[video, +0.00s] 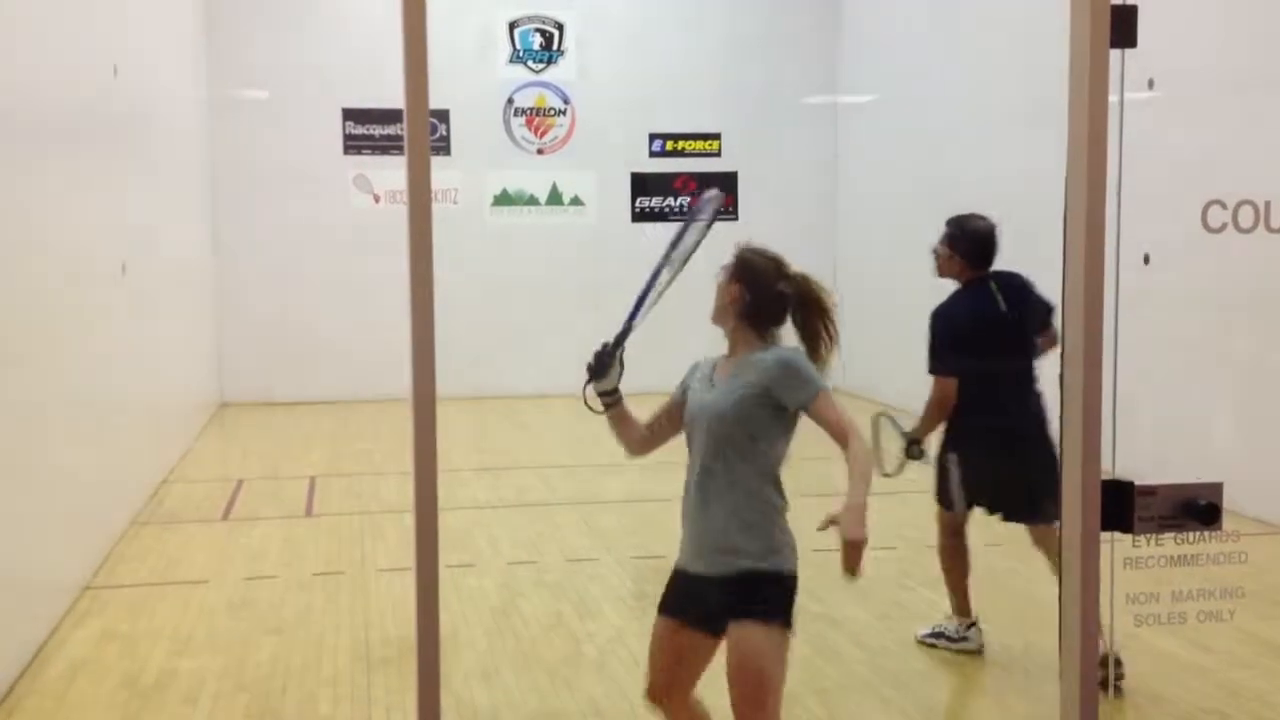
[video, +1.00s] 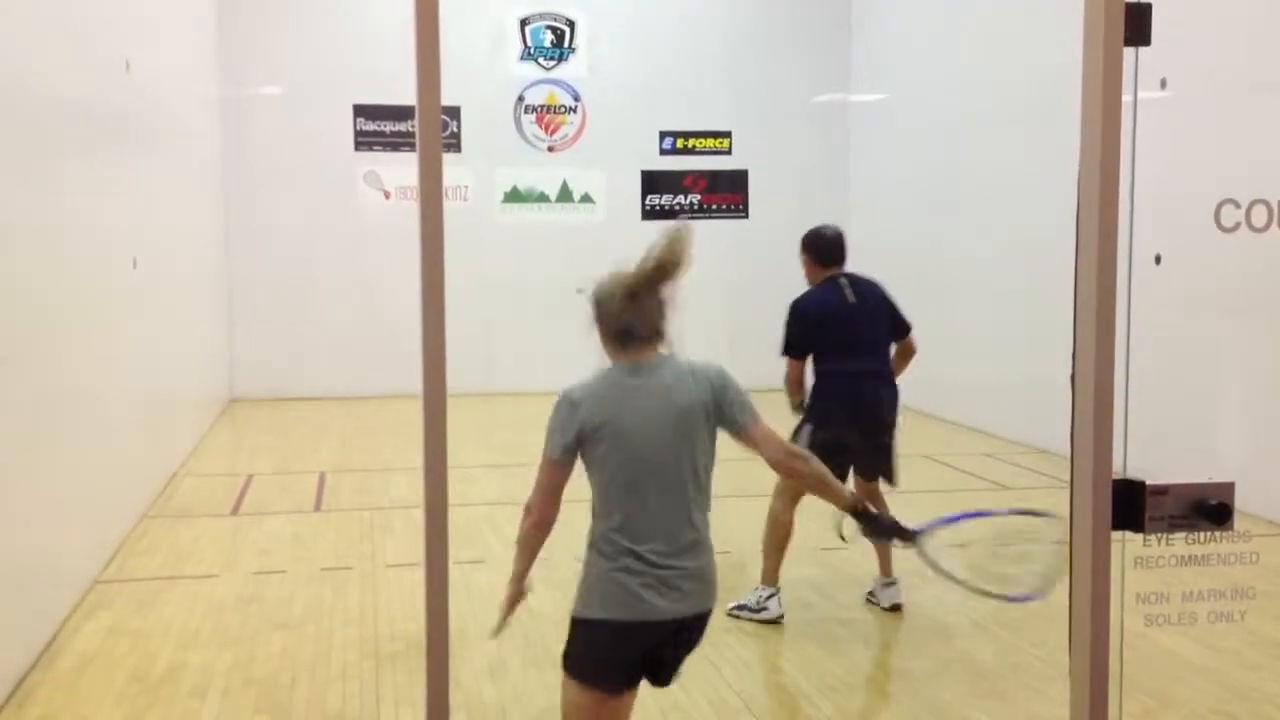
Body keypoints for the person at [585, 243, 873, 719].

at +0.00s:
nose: (716, 288)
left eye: (722, 280)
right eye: (722, 280)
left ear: (737, 295)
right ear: (743, 300)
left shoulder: (782, 367)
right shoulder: (701, 373)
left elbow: (854, 440)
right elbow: (638, 442)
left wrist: (855, 510)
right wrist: (609, 391)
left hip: (759, 568)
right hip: (697, 565)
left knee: (755, 712)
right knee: (666, 692)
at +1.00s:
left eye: (601, 324)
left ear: (603, 332)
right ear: (662, 322)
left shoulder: (581, 402)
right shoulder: (708, 384)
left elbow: (540, 513)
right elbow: (787, 459)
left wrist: (517, 578)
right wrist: (852, 503)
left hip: (613, 613)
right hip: (690, 607)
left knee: (589, 711)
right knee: (613, 691)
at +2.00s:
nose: (787, 260)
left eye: (785, 253)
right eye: (783, 254)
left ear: (741, 263)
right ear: (768, 261)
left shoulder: (705, 317)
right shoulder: (793, 323)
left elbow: (674, 385)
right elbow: (805, 403)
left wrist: (661, 439)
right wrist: (812, 458)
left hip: (711, 459)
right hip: (769, 462)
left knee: (706, 561)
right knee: (756, 558)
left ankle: (685, 628)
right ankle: (737, 655)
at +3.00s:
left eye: (757, 247)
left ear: (757, 252)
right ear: (792, 247)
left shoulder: (753, 295)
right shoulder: (817, 290)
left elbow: (765, 356)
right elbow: (847, 347)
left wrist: (737, 376)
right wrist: (842, 384)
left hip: (778, 412)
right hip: (822, 406)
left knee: (752, 486)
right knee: (814, 484)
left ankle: (758, 577)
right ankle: (823, 571)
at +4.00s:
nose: (633, 276)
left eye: (632, 268)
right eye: (632, 268)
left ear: (595, 268)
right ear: (624, 272)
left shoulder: (599, 320)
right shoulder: (595, 318)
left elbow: (591, 388)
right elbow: (563, 364)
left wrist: (641, 416)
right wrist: (618, 385)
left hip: (548, 446)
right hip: (537, 448)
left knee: (584, 540)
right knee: (570, 563)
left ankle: (522, 613)